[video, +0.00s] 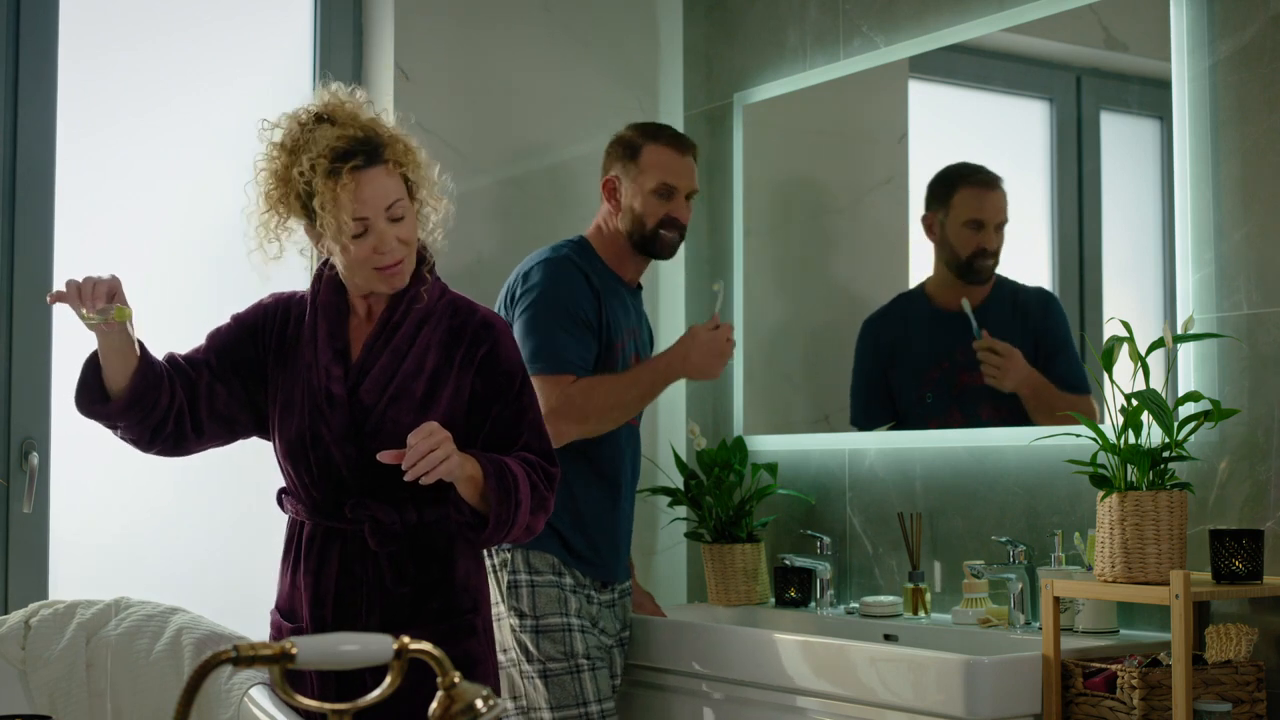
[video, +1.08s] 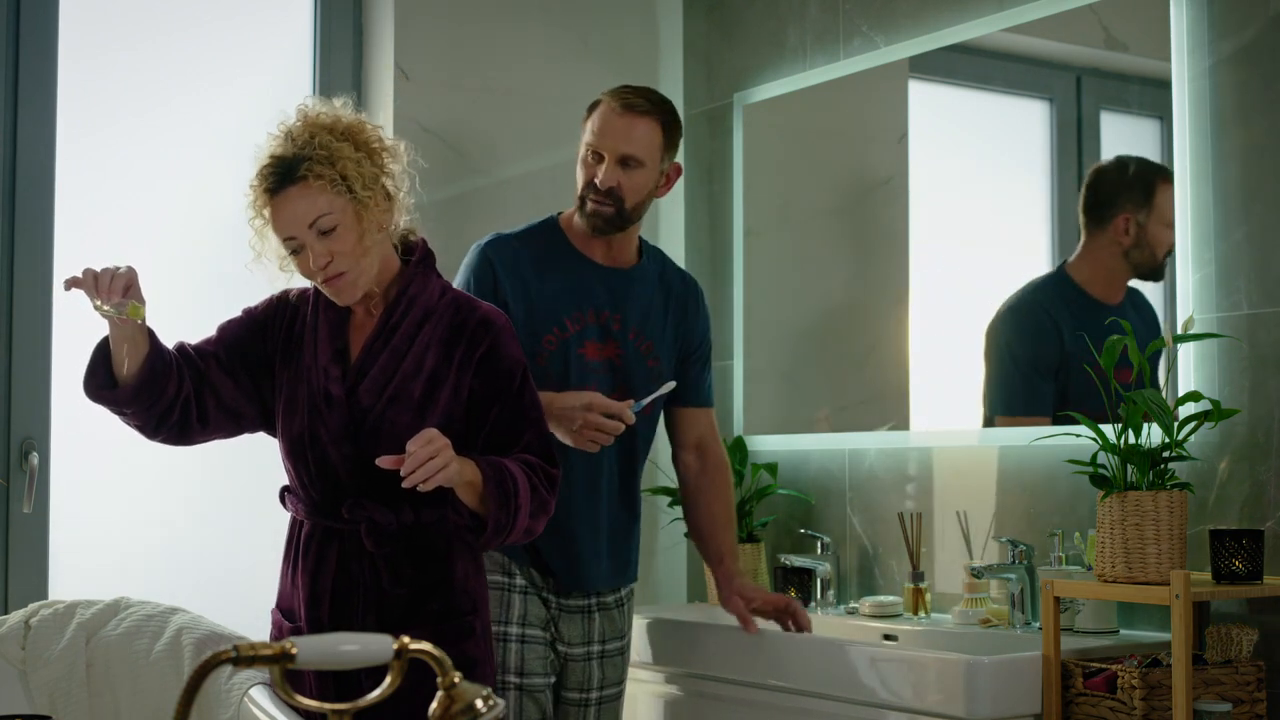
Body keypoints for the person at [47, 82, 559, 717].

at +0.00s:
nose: (387, 245)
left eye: (398, 214)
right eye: (357, 229)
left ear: (417, 206)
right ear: (319, 234)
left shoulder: (478, 339)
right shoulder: (283, 332)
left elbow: (533, 492)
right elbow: (163, 414)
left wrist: (464, 469)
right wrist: (112, 330)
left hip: (441, 617)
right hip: (316, 618)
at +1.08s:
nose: (315, 259)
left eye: (327, 229)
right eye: (295, 245)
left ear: (379, 209)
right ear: (284, 250)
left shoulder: (475, 333)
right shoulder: (289, 329)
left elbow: (534, 488)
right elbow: (172, 404)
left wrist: (464, 473)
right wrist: (126, 321)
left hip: (436, 615)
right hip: (313, 615)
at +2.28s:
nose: (330, 220)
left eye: (358, 201)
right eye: (323, 200)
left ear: (411, 216)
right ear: (311, 207)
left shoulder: (476, 331)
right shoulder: (291, 339)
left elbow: (529, 484)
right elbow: (211, 457)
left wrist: (460, 466)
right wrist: (141, 374)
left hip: (441, 614)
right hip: (318, 614)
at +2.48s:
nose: (388, 218)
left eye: (407, 197)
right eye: (366, 196)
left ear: (429, 210)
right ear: (326, 208)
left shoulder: (479, 330)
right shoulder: (287, 343)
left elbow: (532, 487)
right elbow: (226, 478)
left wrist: (473, 459)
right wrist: (148, 391)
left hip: (451, 618)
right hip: (324, 618)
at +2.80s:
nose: (435, 224)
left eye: (441, 204)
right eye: (412, 201)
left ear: (451, 207)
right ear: (348, 205)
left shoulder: (479, 328)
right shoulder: (284, 341)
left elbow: (529, 505)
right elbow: (241, 497)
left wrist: (535, 454)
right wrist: (205, 369)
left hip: (479, 612)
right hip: (349, 619)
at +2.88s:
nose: (441, 227)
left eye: (446, 207)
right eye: (420, 206)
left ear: (453, 210)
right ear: (355, 211)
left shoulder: (478, 327)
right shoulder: (291, 336)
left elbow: (509, 489)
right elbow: (253, 481)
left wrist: (538, 448)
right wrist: (233, 336)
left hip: (482, 602)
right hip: (358, 606)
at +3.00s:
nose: (443, 234)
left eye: (451, 215)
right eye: (423, 211)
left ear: (461, 217)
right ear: (360, 210)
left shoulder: (475, 331)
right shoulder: (305, 325)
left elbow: (509, 488)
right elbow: (282, 453)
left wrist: (562, 434)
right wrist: (281, 300)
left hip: (485, 600)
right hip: (368, 602)